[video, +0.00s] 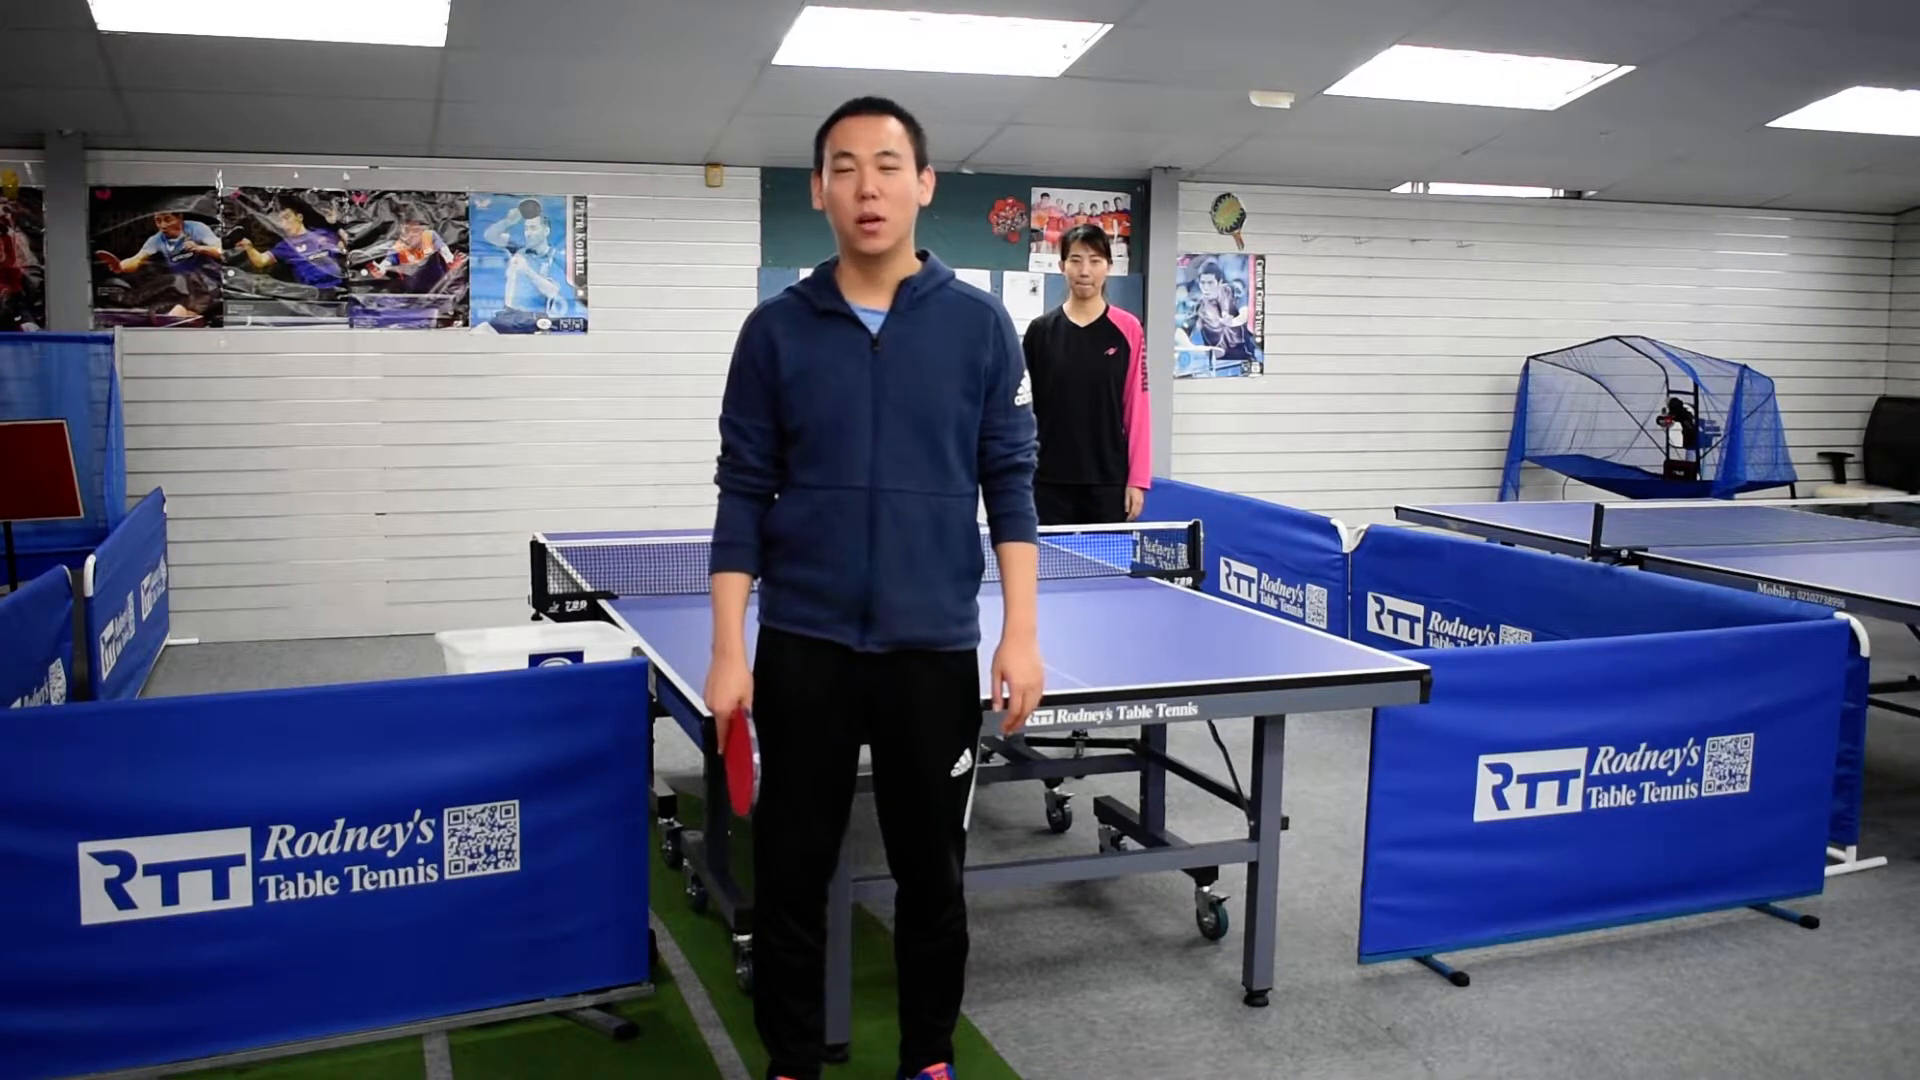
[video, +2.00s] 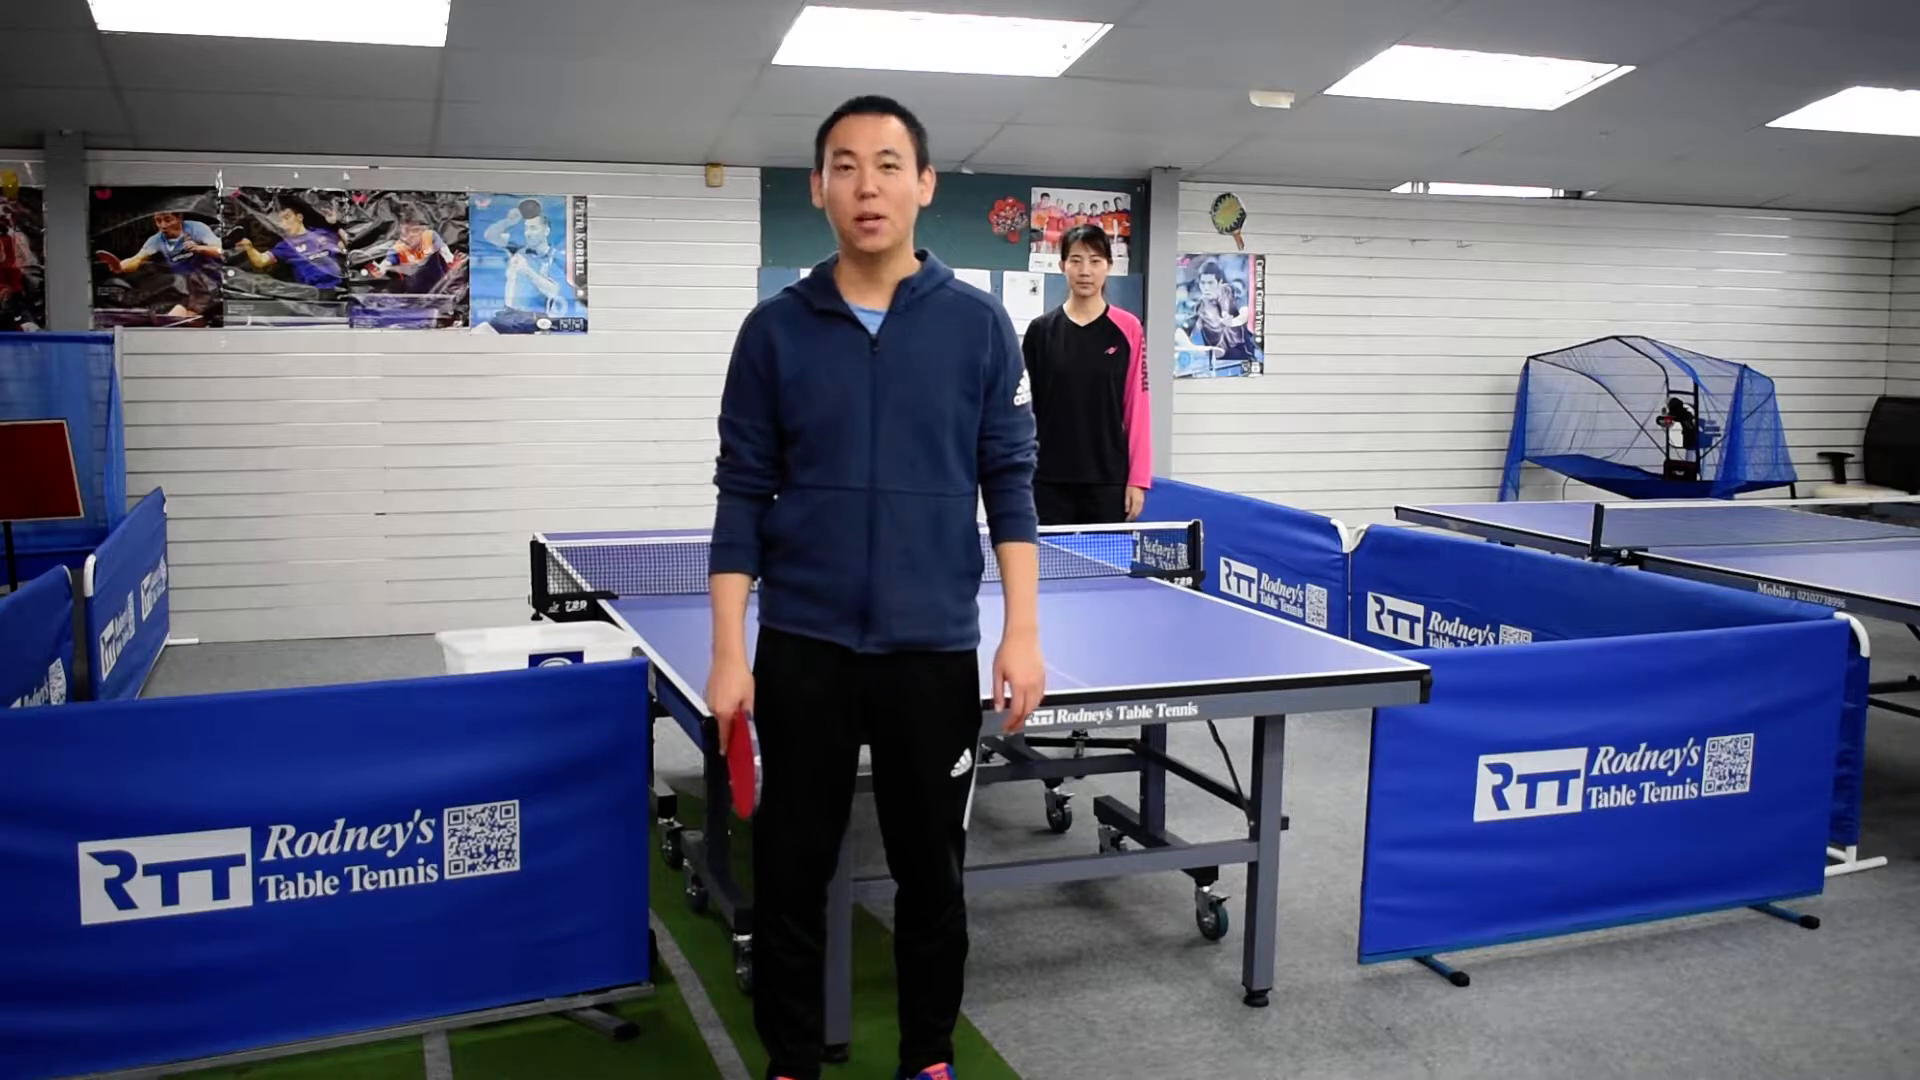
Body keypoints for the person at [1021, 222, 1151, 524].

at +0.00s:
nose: (1085, 271)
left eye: (1095, 262)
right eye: (1075, 261)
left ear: (1108, 268)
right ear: (1063, 266)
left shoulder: (1128, 329)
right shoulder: (1039, 331)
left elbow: (1137, 407)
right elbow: (1022, 405)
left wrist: (1138, 479)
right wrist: (1020, 478)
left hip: (1107, 483)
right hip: (1049, 482)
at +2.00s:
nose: (1085, 271)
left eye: (1095, 262)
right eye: (1076, 261)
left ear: (1108, 267)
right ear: (1063, 266)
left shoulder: (1128, 329)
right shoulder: (1039, 331)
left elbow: (1137, 407)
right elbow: (1023, 405)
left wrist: (1138, 478)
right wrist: (1020, 477)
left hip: (1107, 482)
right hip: (1050, 480)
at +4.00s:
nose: (1085, 271)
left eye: (1095, 262)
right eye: (1075, 261)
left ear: (1108, 267)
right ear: (1063, 266)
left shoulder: (1128, 329)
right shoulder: (1040, 331)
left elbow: (1136, 407)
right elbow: (1023, 405)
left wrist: (1138, 479)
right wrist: (1021, 476)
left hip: (1107, 482)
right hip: (1049, 480)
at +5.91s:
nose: (1086, 271)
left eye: (1096, 262)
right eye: (1076, 261)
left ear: (1109, 268)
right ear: (1064, 267)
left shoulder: (1129, 330)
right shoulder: (1039, 332)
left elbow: (1137, 407)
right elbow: (1025, 407)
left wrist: (1138, 479)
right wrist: (1027, 478)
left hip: (1109, 481)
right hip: (1053, 481)